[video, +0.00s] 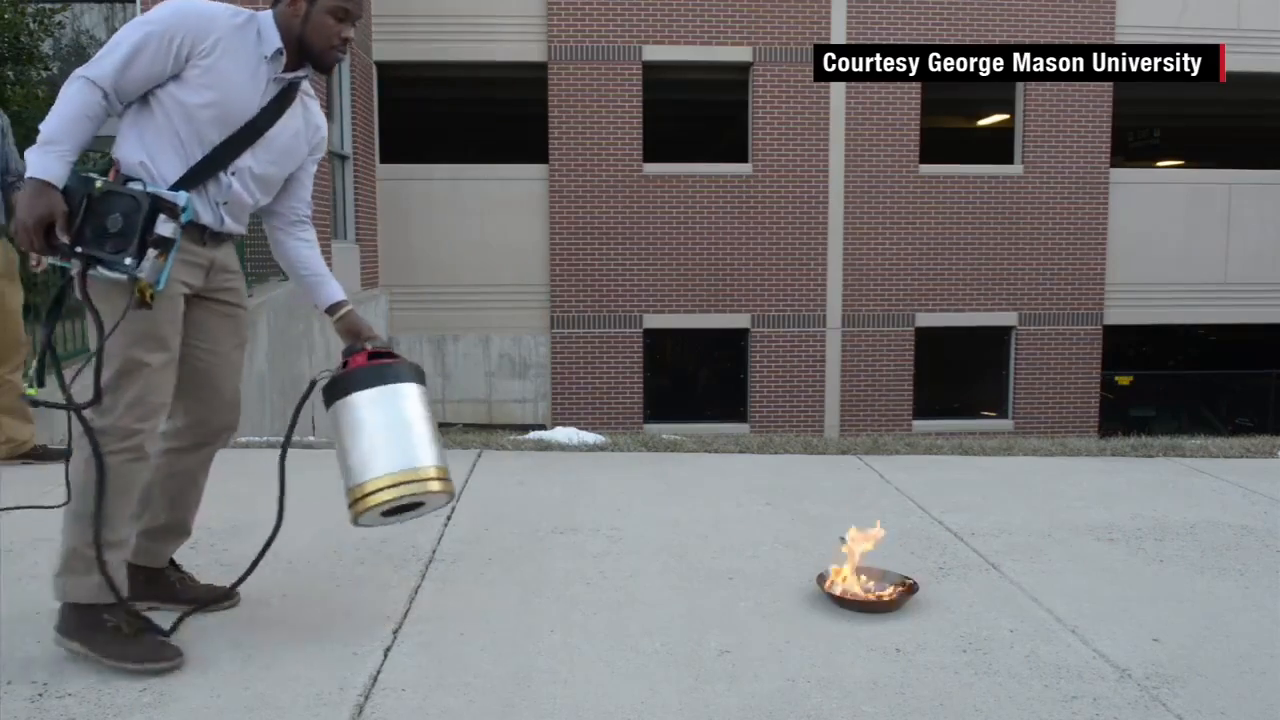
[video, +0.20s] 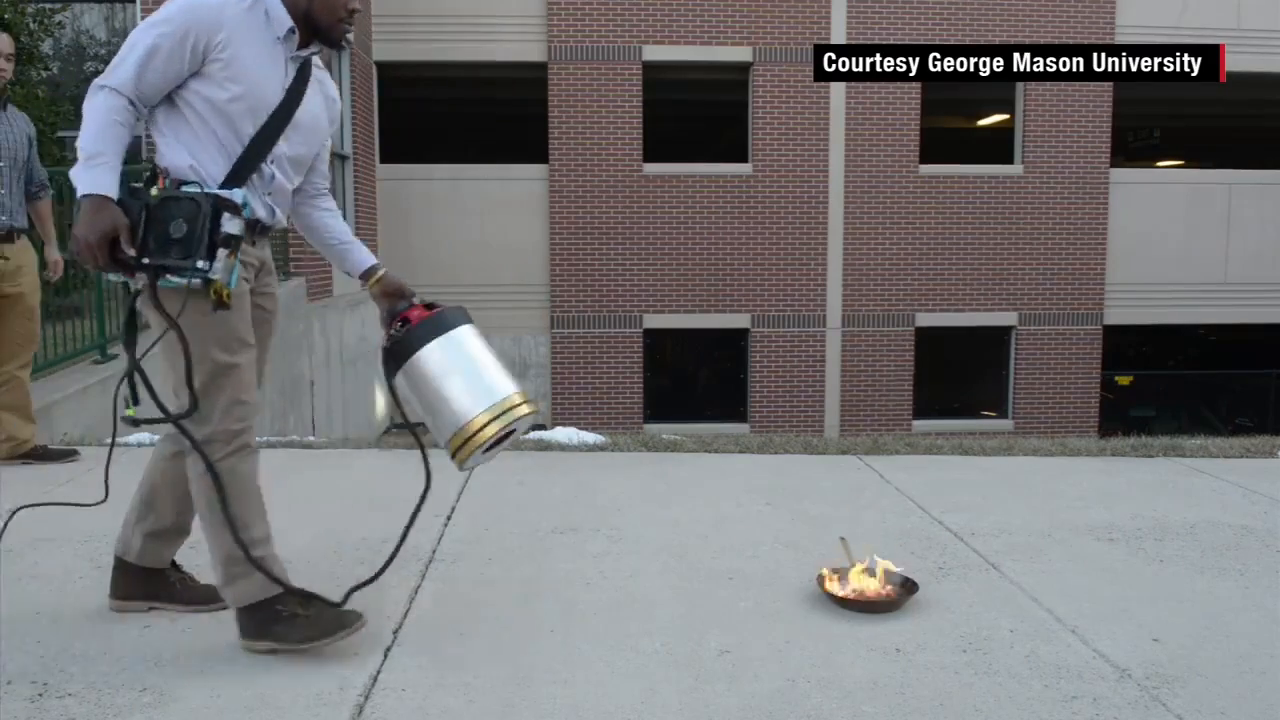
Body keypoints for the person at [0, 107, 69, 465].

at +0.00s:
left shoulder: (4, 123)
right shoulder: (6, 124)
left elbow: (14, 179)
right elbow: (14, 180)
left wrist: (30, 232)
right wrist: (31, 232)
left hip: (5, 241)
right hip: (4, 243)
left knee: (11, 342)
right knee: (10, 342)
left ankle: (13, 435)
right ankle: (12, 436)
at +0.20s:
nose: (6, 67)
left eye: (9, 59)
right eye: (2, 58)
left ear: (14, 65)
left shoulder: (20, 124)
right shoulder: (17, 124)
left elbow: (37, 188)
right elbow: (37, 189)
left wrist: (51, 243)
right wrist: (48, 241)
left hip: (15, 246)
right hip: (10, 247)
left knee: (18, 347)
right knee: (14, 349)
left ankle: (16, 439)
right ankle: (14, 439)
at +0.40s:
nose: (21, 67)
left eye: (27, 60)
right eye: (12, 57)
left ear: (32, 67)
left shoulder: (34, 123)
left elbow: (48, 188)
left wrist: (58, 242)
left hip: (25, 251)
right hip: (3, 250)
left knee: (19, 352)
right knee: (12, 353)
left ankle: (16, 440)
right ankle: (13, 440)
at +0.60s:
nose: (28, 67)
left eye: (35, 60)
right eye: (19, 57)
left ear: (40, 68)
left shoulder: (43, 123)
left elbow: (60, 186)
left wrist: (73, 241)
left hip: (32, 248)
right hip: (1, 247)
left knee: (23, 353)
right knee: (3, 355)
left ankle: (23, 441)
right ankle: (2, 451)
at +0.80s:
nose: (24, 66)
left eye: (30, 59)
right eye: (15, 56)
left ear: (34, 66)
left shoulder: (40, 119)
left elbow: (62, 179)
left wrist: (79, 229)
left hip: (44, 249)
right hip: (5, 250)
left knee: (36, 353)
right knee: (5, 357)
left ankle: (30, 439)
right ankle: (10, 452)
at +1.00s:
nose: (18, 64)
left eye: (24, 56)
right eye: (10, 54)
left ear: (30, 62)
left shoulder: (39, 114)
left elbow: (64, 174)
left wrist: (82, 225)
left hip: (52, 247)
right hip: (7, 251)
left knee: (68, 336)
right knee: (5, 357)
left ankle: (39, 432)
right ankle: (10, 453)